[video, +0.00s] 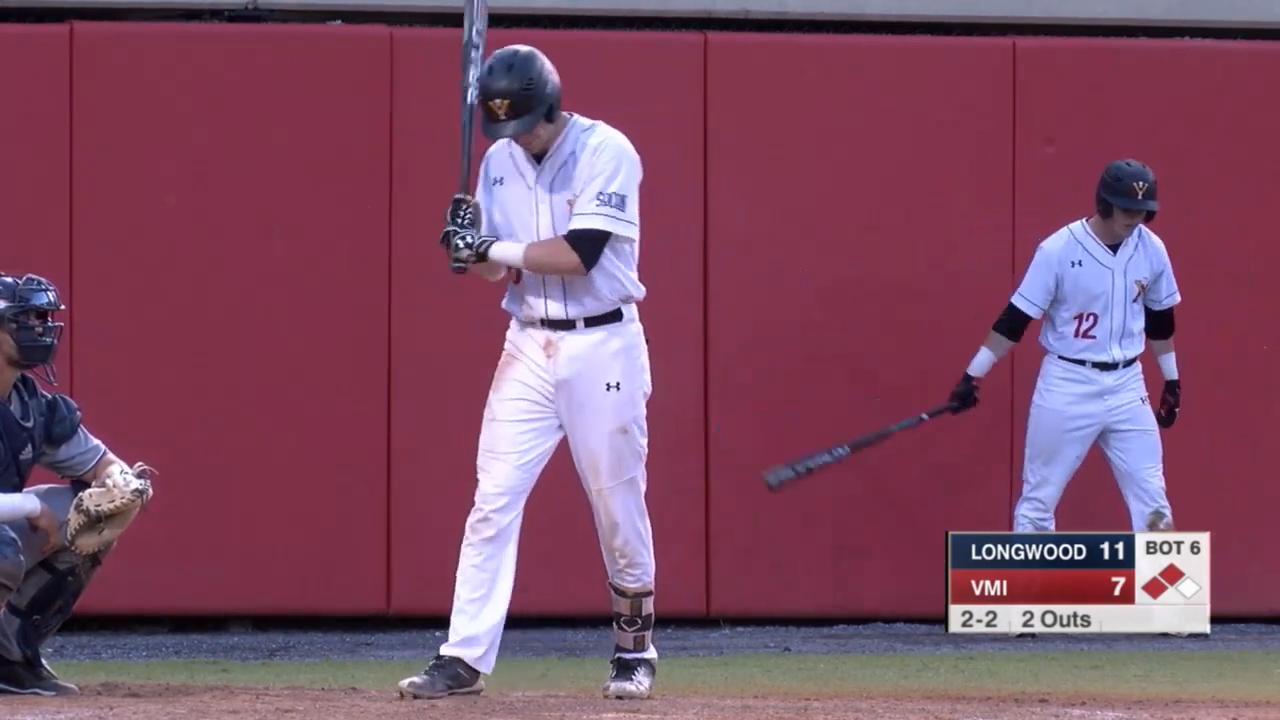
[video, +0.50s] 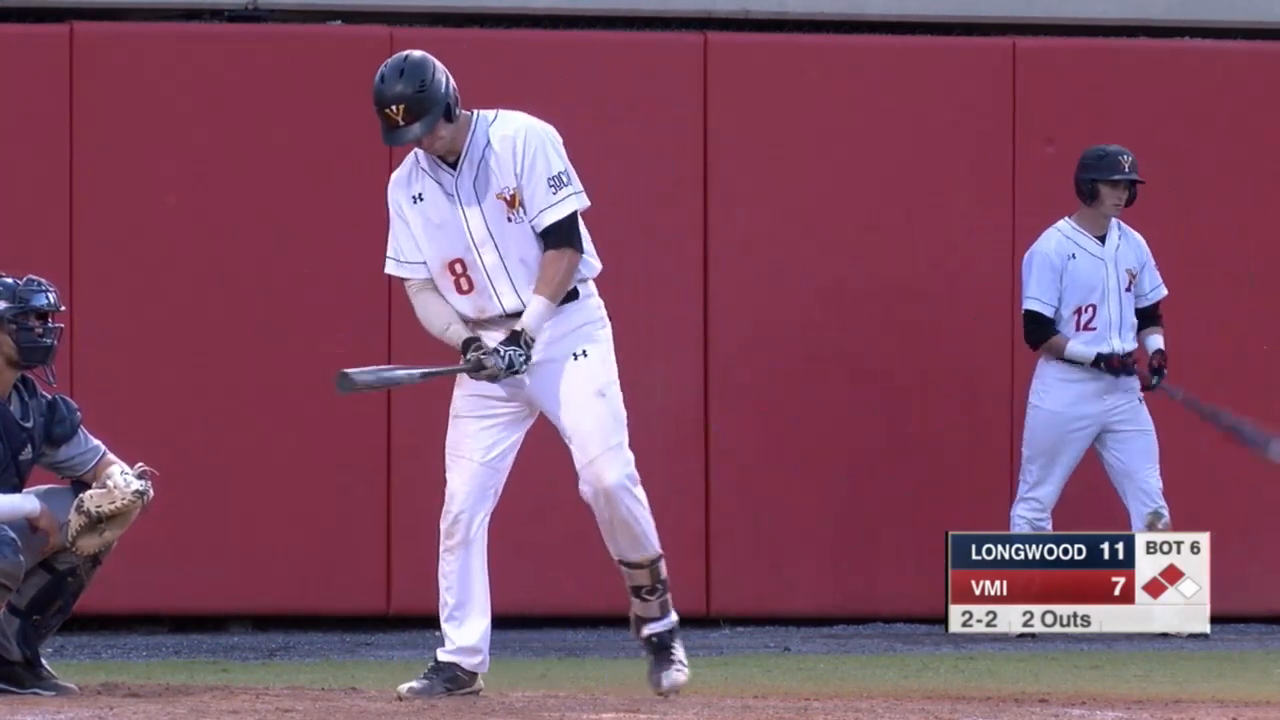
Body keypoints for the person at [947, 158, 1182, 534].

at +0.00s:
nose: (1136, 220)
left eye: (1143, 213)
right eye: (1129, 211)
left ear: (1149, 209)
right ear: (1105, 204)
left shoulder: (1151, 249)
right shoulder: (1058, 250)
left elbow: (1161, 321)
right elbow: (1016, 319)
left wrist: (1171, 381)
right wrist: (972, 375)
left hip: (1128, 388)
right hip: (1066, 386)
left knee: (1153, 503)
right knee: (1038, 503)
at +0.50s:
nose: (1122, 195)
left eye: (1127, 186)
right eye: (1114, 185)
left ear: (1131, 190)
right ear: (1088, 186)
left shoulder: (1133, 244)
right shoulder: (1049, 249)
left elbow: (1148, 314)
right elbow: (1036, 332)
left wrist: (1156, 353)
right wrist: (1097, 358)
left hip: (1123, 391)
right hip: (1063, 391)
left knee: (1152, 510)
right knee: (1034, 507)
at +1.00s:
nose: (1102, 199)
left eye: (1108, 191)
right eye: (1094, 190)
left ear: (1113, 193)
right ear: (1069, 188)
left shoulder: (1118, 245)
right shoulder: (1038, 248)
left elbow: (1140, 314)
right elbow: (1035, 330)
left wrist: (1152, 322)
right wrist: (1086, 334)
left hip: (1119, 385)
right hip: (1061, 386)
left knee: (1150, 505)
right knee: (1034, 505)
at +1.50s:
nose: (1097, 191)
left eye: (1103, 183)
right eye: (1088, 182)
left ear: (1108, 188)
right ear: (1064, 185)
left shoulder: (1119, 244)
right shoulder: (1037, 248)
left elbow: (1138, 308)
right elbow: (1045, 328)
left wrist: (1143, 316)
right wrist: (1110, 330)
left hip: (1120, 384)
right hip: (1062, 384)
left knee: (1150, 505)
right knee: (1034, 505)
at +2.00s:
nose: (1080, 191)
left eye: (1089, 183)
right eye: (1072, 182)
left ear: (1100, 189)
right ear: (1057, 186)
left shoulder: (1118, 244)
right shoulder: (1035, 246)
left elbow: (1142, 304)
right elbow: (1041, 326)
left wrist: (1142, 319)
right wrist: (1104, 331)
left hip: (1118, 384)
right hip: (1060, 383)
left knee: (1148, 504)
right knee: (1033, 504)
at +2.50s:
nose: (1075, 192)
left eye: (1083, 184)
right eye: (1067, 183)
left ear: (1096, 189)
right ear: (1053, 187)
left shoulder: (1119, 241)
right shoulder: (1032, 243)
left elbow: (1152, 312)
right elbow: (1040, 317)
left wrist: (1146, 309)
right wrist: (1101, 320)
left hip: (1118, 383)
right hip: (1058, 381)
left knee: (1148, 504)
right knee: (1033, 502)